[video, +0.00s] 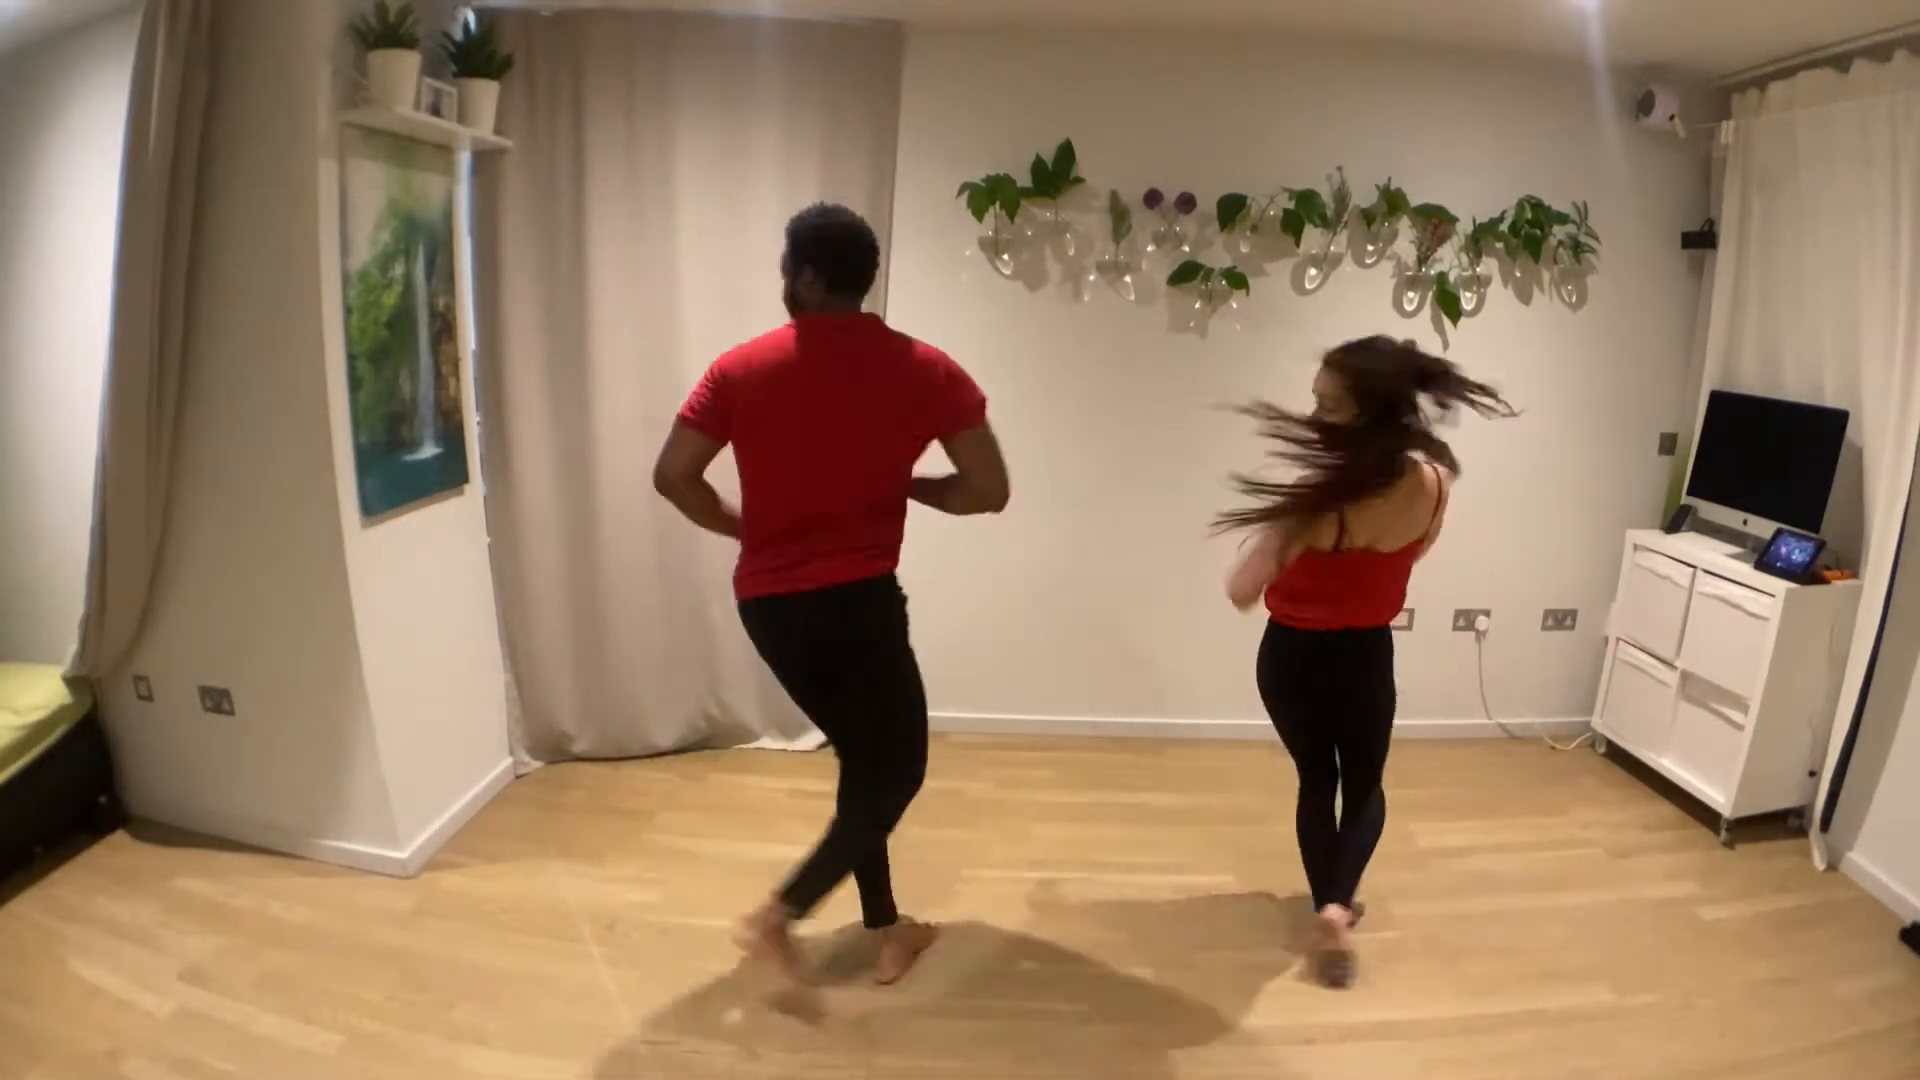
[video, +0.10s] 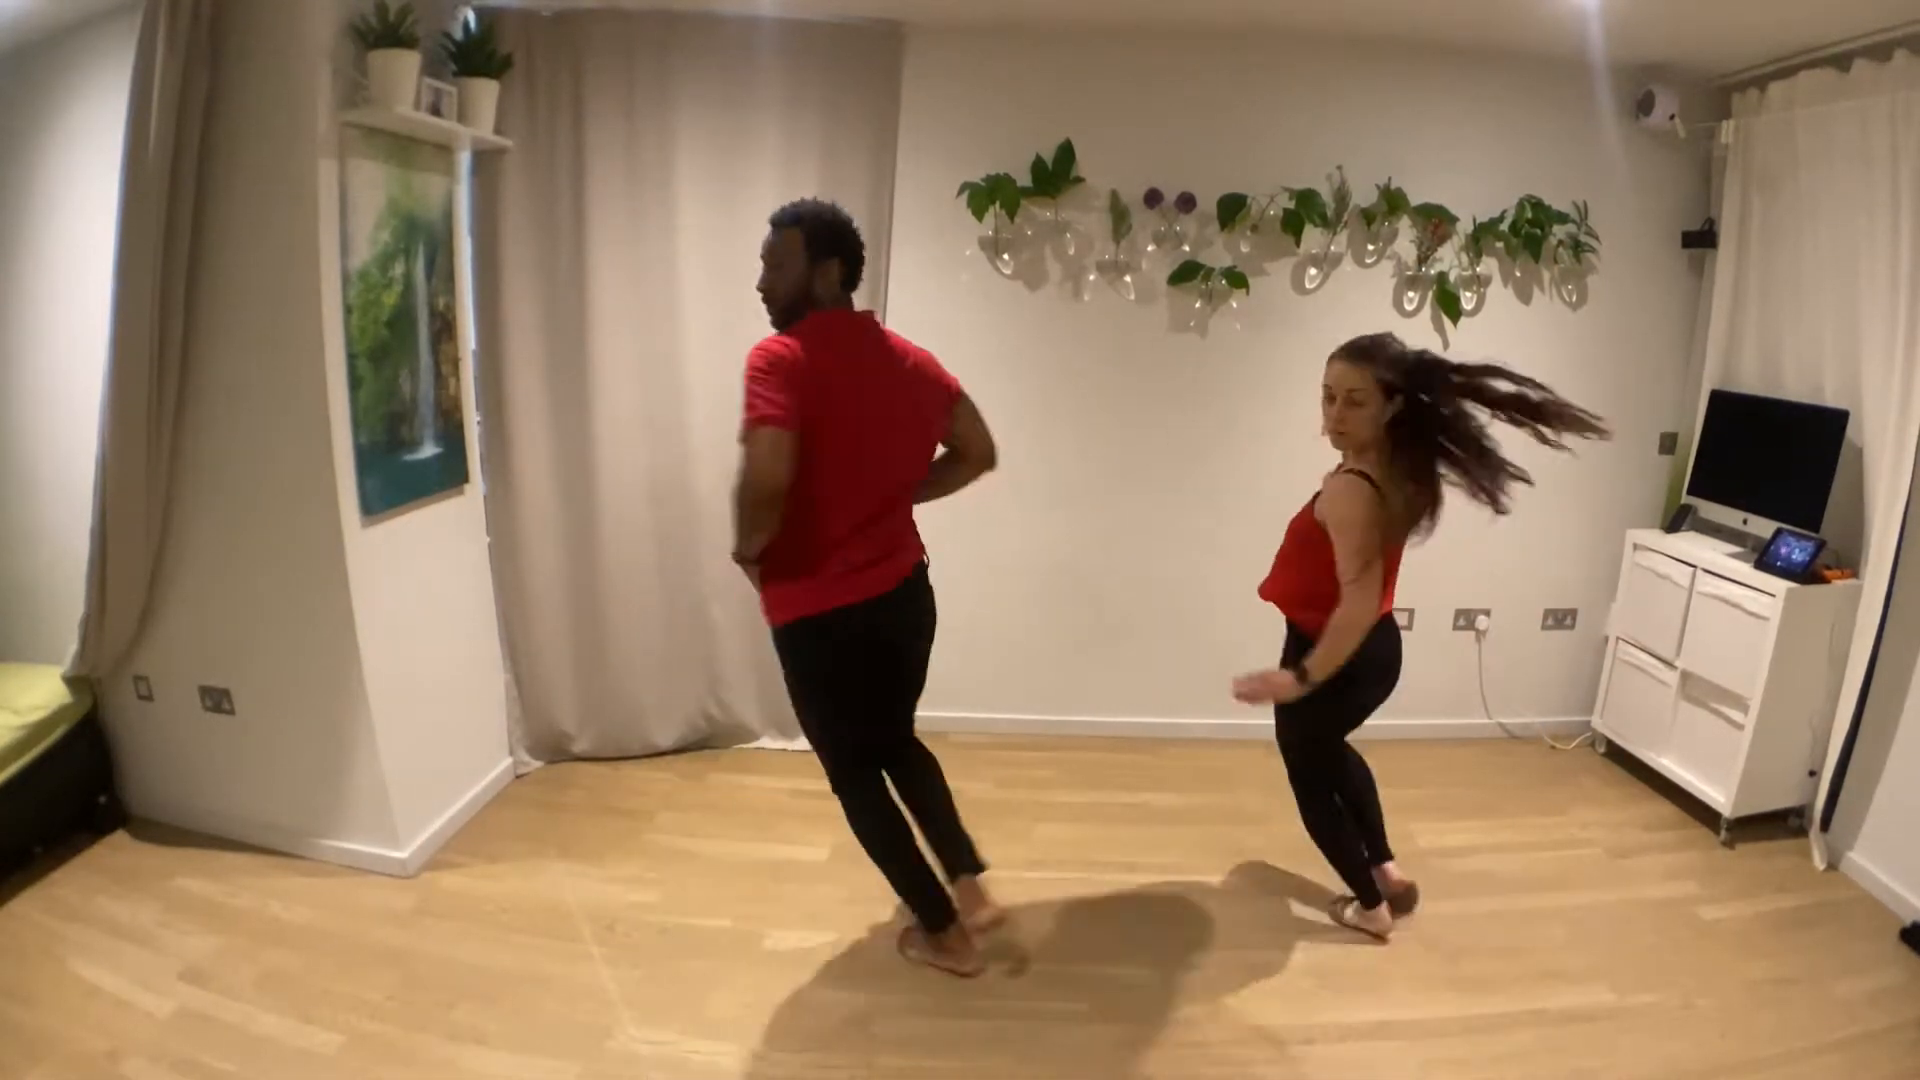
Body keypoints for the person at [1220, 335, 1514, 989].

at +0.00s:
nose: (1316, 413)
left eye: (1328, 402)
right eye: (1317, 398)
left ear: (1365, 410)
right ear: (1396, 409)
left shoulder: (1318, 493)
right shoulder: (1433, 481)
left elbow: (1242, 589)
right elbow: (1419, 548)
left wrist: (1288, 529)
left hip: (1291, 662)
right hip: (1366, 661)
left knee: (1315, 778)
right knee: (1366, 784)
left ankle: (1329, 913)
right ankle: (1337, 904)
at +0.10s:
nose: (1335, 415)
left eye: (1354, 402)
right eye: (1329, 397)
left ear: (1391, 407)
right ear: (1321, 392)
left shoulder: (1349, 492)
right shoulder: (1404, 466)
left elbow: (1362, 602)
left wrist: (1304, 676)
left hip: (1330, 655)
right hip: (1373, 649)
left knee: (1310, 778)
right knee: (1328, 744)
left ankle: (1370, 902)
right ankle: (1382, 867)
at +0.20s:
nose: (1337, 404)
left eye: (1355, 390)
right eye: (1326, 387)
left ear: (1382, 399)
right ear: (1312, 390)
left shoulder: (1366, 487)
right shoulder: (1337, 456)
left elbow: (1413, 592)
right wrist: (1300, 487)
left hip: (1364, 653)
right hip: (1334, 641)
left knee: (1324, 780)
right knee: (1282, 725)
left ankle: (1391, 887)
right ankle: (1329, 836)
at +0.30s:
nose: (1330, 395)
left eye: (1347, 382)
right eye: (1318, 378)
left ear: (1368, 391)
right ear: (1301, 382)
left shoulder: (1367, 476)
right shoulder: (1302, 447)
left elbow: (1427, 578)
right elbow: (1301, 529)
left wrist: (1489, 670)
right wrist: (1266, 491)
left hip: (1384, 640)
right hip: (1328, 631)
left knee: (1357, 782)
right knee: (1254, 726)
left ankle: (1385, 877)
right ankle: (1264, 832)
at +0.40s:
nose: (1320, 389)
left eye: (1336, 375)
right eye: (1307, 372)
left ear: (1355, 383)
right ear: (1287, 375)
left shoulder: (1363, 468)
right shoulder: (1275, 440)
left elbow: (1442, 558)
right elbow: (1252, 533)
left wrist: (1522, 631)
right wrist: (1242, 492)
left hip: (1378, 622)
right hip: (1312, 622)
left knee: (1373, 763)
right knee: (1243, 732)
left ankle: (1379, 878)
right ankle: (1227, 840)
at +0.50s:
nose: (1306, 386)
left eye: (1322, 372)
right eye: (1293, 369)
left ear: (1339, 380)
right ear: (1271, 372)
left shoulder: (1349, 461)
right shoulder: (1251, 443)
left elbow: (1426, 533)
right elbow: (1222, 532)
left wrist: (1518, 603)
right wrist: (1221, 490)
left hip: (1359, 610)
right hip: (1290, 618)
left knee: (1374, 748)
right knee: (1235, 733)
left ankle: (1379, 871)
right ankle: (1181, 848)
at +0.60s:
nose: (1287, 387)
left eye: (1303, 372)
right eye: (1274, 371)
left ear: (1321, 380)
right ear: (1253, 375)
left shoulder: (1325, 464)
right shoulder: (1227, 451)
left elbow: (1387, 515)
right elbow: (1192, 528)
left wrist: (1473, 577)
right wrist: (1198, 482)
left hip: (1326, 605)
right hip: (1258, 616)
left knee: (1362, 739)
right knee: (1207, 737)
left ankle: (1375, 870)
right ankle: (1147, 855)